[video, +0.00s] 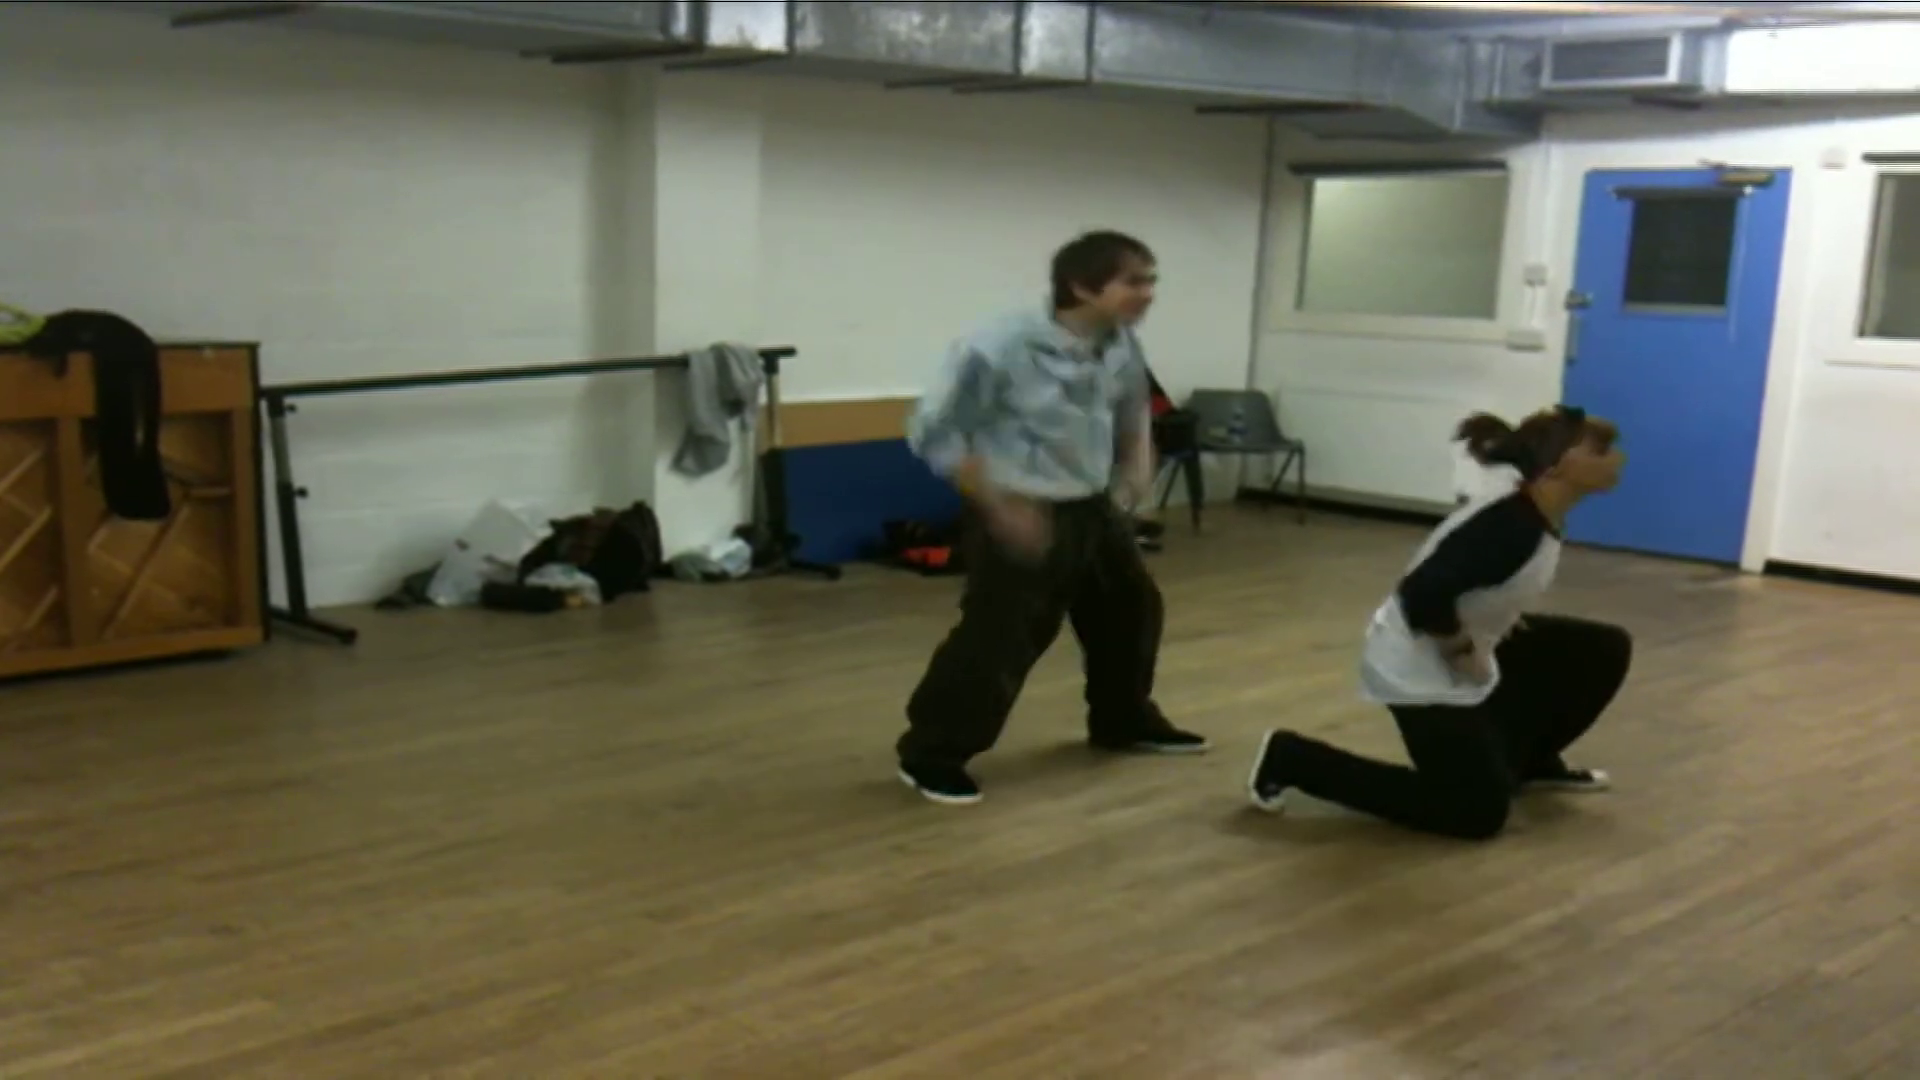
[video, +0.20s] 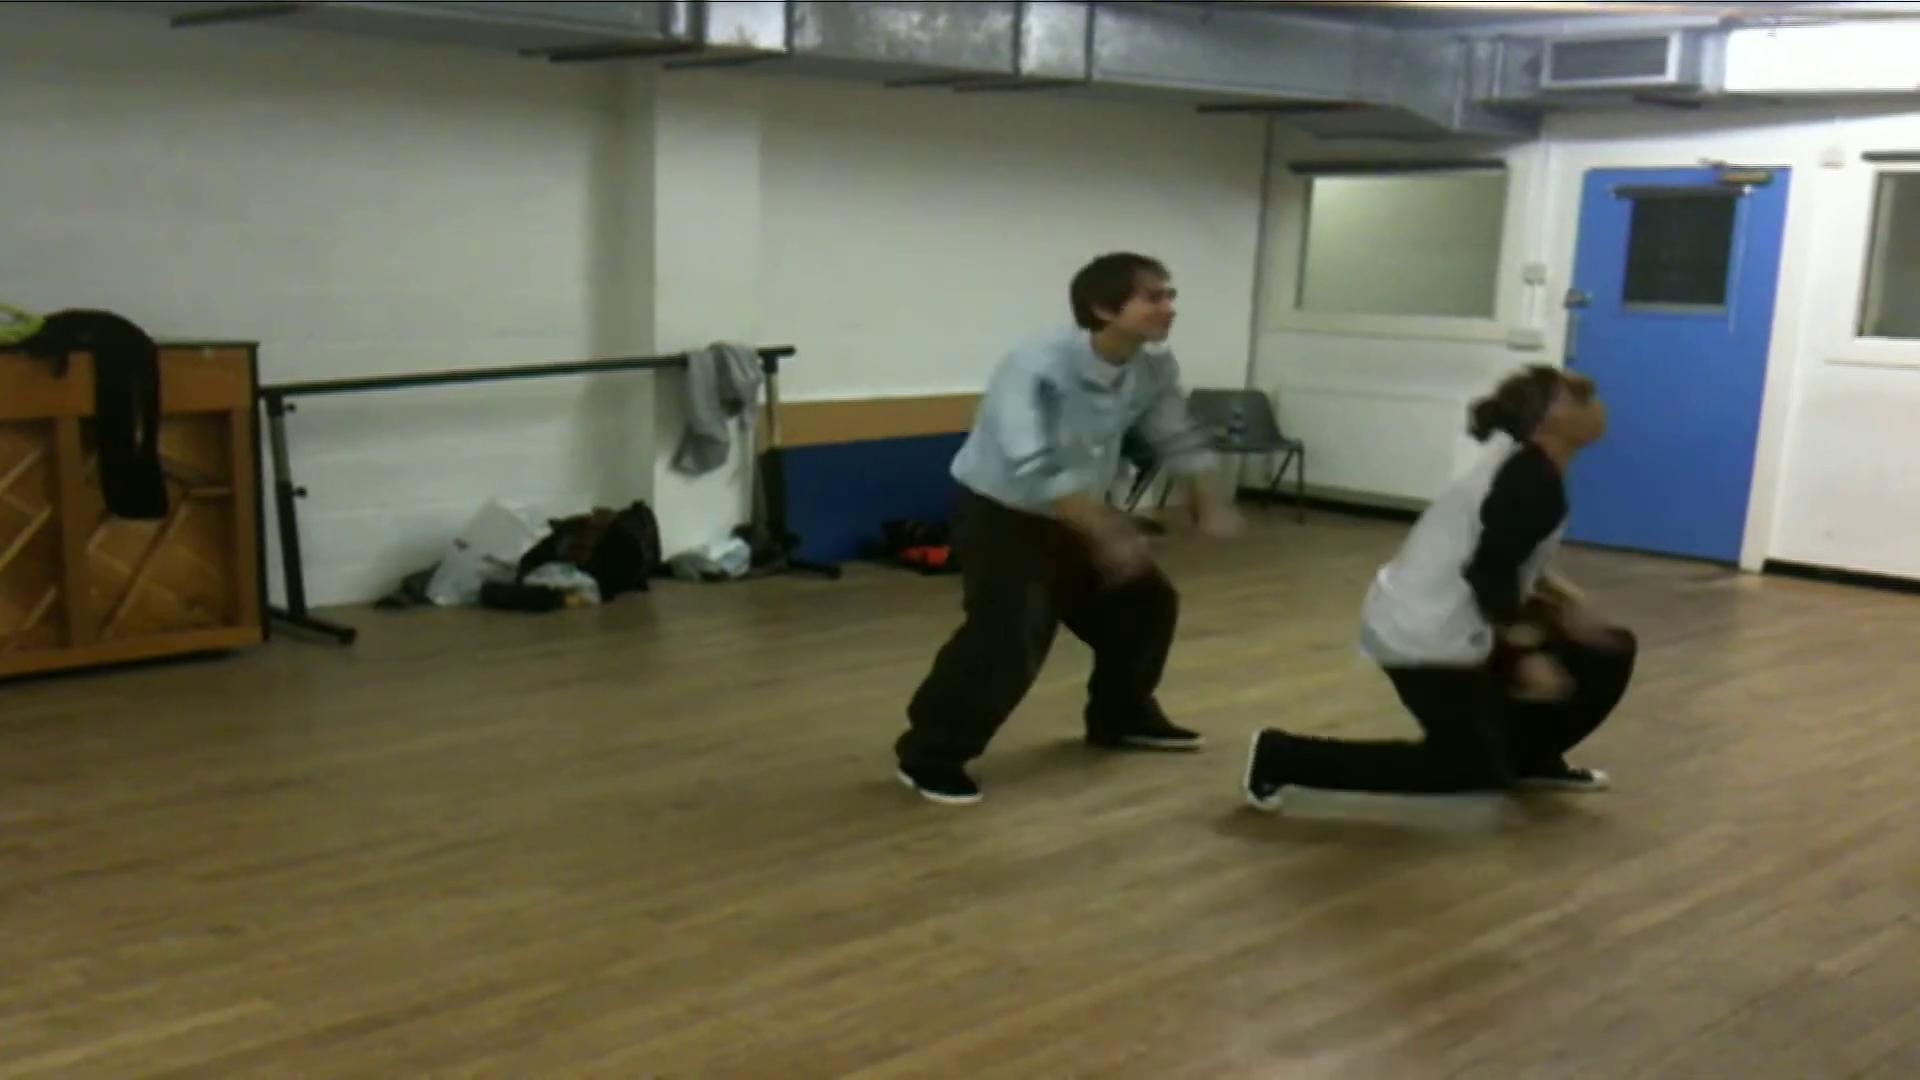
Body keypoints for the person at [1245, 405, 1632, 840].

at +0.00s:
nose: (1613, 453)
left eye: (1606, 444)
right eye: (1598, 448)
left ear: (1555, 471)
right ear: (1555, 471)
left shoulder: (1536, 512)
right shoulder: (1507, 526)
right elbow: (1422, 592)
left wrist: (1500, 620)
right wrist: (1458, 645)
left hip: (1476, 649)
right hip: (1420, 667)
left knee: (1604, 650)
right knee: (1474, 811)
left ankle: (1532, 760)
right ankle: (1293, 759)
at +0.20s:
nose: (1598, 407)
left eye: (1590, 397)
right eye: (1584, 400)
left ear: (1546, 420)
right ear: (1552, 418)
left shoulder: (1521, 461)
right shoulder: (1533, 479)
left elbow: (1513, 559)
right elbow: (1489, 574)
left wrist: (1562, 604)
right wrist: (1522, 646)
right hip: (1423, 635)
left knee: (1609, 654)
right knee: (1476, 767)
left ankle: (1532, 759)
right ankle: (1283, 758)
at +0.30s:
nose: (1572, 374)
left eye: (1566, 363)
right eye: (1556, 366)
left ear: (1527, 391)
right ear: (1520, 388)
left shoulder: (1533, 451)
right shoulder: (1497, 451)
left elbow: (1577, 531)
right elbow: (1569, 528)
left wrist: (1633, 575)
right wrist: (1636, 574)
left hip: (1469, 589)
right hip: (1402, 603)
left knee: (1587, 654)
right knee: (1490, 707)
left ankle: (1535, 760)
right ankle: (1314, 753)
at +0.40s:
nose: (1538, 346)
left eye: (1531, 336)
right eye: (1520, 338)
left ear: (1490, 361)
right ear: (1482, 357)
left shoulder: (1493, 411)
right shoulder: (1473, 415)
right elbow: (1574, 456)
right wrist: (1681, 461)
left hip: (1428, 570)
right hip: (1359, 577)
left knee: (1537, 657)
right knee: (1464, 675)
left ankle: (1530, 762)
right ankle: (1340, 787)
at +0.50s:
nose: (1498, 305)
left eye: (1492, 296)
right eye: (1479, 300)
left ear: (1495, 309)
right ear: (1445, 324)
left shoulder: (1505, 387)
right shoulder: (1432, 377)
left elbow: (1557, 382)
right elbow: (1431, 371)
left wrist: (1623, 370)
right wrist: (1491, 331)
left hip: (1386, 548)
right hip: (1317, 552)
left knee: (1496, 654)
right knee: (1413, 675)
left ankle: (1430, 753)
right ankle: (1330, 788)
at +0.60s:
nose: (1469, 287)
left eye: (1465, 274)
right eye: (1452, 277)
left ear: (1454, 293)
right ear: (1415, 295)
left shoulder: (1462, 363)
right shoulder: (1390, 359)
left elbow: (1539, 337)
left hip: (1382, 539)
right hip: (1311, 539)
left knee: (1451, 661)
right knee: (1363, 672)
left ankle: (1356, 770)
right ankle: (1291, 788)